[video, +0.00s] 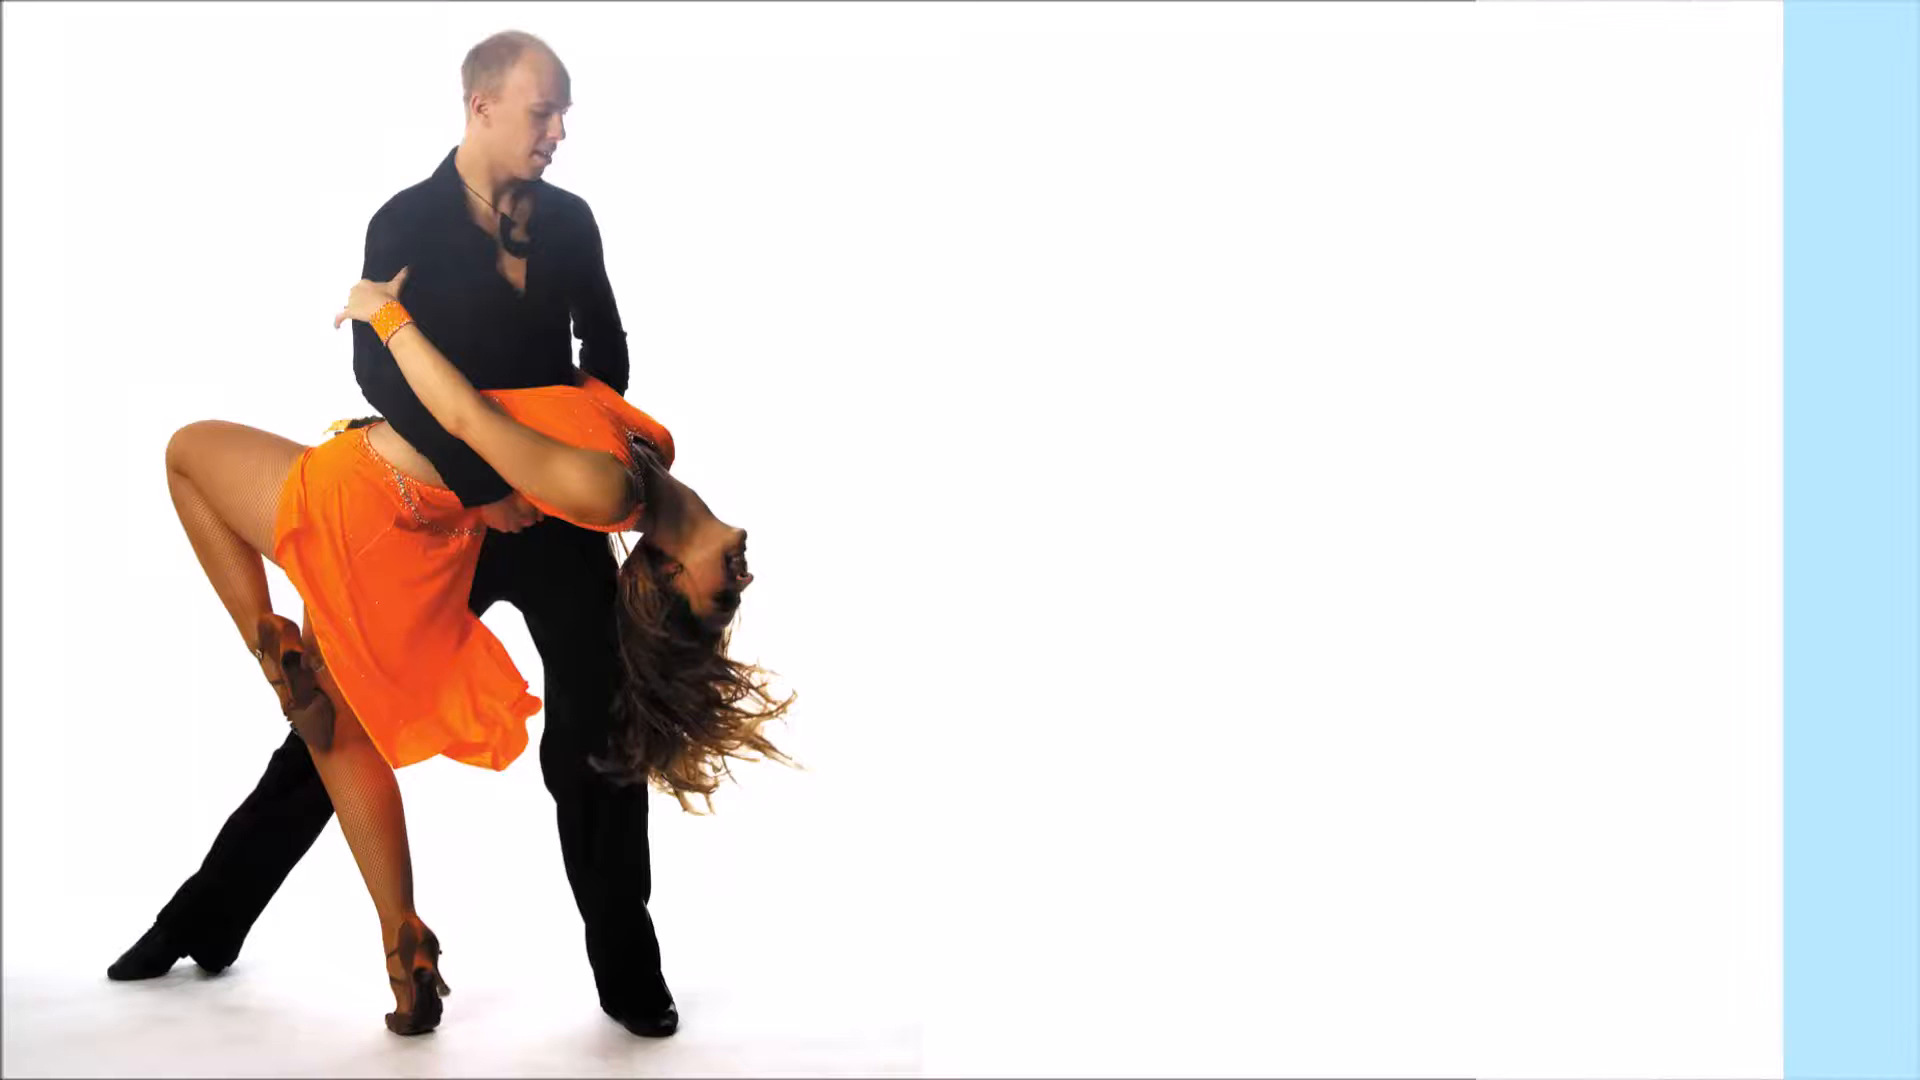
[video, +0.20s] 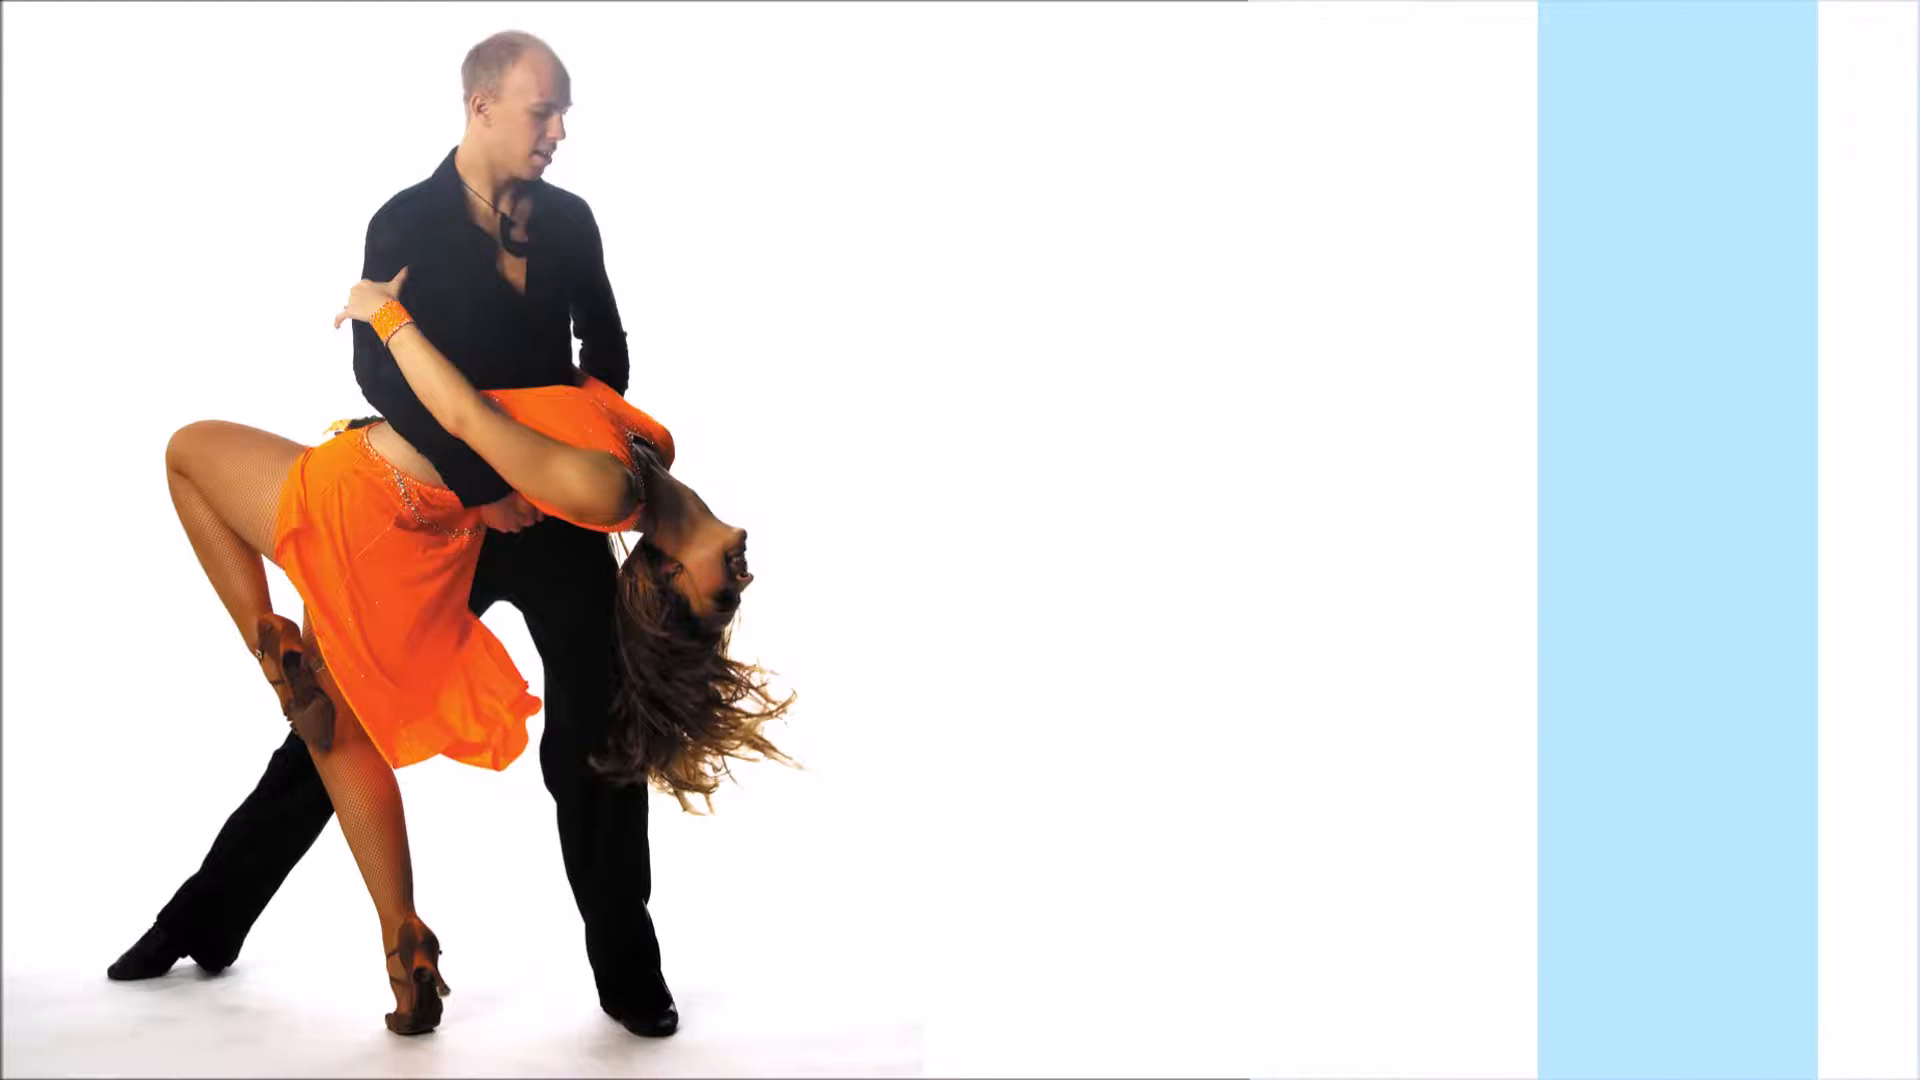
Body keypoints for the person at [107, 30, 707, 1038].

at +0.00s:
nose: (556, 135)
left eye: (563, 118)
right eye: (542, 114)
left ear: (554, 123)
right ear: (478, 107)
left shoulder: (566, 220)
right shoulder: (405, 225)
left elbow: (608, 359)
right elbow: (378, 372)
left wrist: (612, 482)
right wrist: (478, 486)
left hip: (553, 526)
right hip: (442, 523)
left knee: (598, 733)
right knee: (338, 722)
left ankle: (631, 973)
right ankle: (205, 925)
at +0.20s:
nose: (557, 135)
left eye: (563, 118)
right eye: (543, 115)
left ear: (553, 123)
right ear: (478, 109)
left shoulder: (567, 221)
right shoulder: (405, 224)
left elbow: (607, 345)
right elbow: (376, 371)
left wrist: (600, 464)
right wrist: (476, 482)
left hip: (552, 526)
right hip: (440, 523)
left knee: (598, 728)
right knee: (336, 721)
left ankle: (631, 974)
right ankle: (205, 922)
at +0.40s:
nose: (557, 134)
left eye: (563, 117)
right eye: (543, 115)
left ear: (552, 122)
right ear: (478, 109)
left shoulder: (567, 221)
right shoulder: (405, 224)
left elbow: (607, 350)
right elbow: (377, 372)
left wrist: (604, 471)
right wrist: (475, 481)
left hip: (552, 527)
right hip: (441, 524)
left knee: (597, 730)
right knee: (335, 722)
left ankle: (631, 973)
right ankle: (205, 923)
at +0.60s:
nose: (556, 134)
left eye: (563, 116)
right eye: (542, 113)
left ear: (547, 120)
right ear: (479, 109)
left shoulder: (567, 222)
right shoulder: (406, 226)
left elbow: (605, 353)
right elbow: (378, 371)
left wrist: (606, 466)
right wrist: (469, 477)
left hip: (550, 525)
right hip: (440, 522)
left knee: (596, 732)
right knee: (337, 725)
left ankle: (630, 974)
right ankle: (206, 925)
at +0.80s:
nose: (556, 134)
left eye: (561, 117)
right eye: (541, 115)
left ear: (550, 121)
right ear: (477, 111)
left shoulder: (570, 224)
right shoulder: (406, 226)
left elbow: (605, 374)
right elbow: (386, 379)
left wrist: (601, 487)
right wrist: (491, 490)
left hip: (553, 526)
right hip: (439, 520)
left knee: (589, 747)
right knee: (332, 730)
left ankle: (627, 975)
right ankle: (205, 922)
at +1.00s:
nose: (535, 132)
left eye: (548, 112)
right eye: (517, 110)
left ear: (560, 119)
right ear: (476, 110)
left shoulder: (570, 224)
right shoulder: (407, 222)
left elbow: (604, 360)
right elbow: (383, 374)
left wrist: (603, 473)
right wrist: (469, 469)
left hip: (547, 518)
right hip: (436, 502)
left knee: (596, 727)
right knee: (349, 709)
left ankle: (625, 957)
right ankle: (208, 920)